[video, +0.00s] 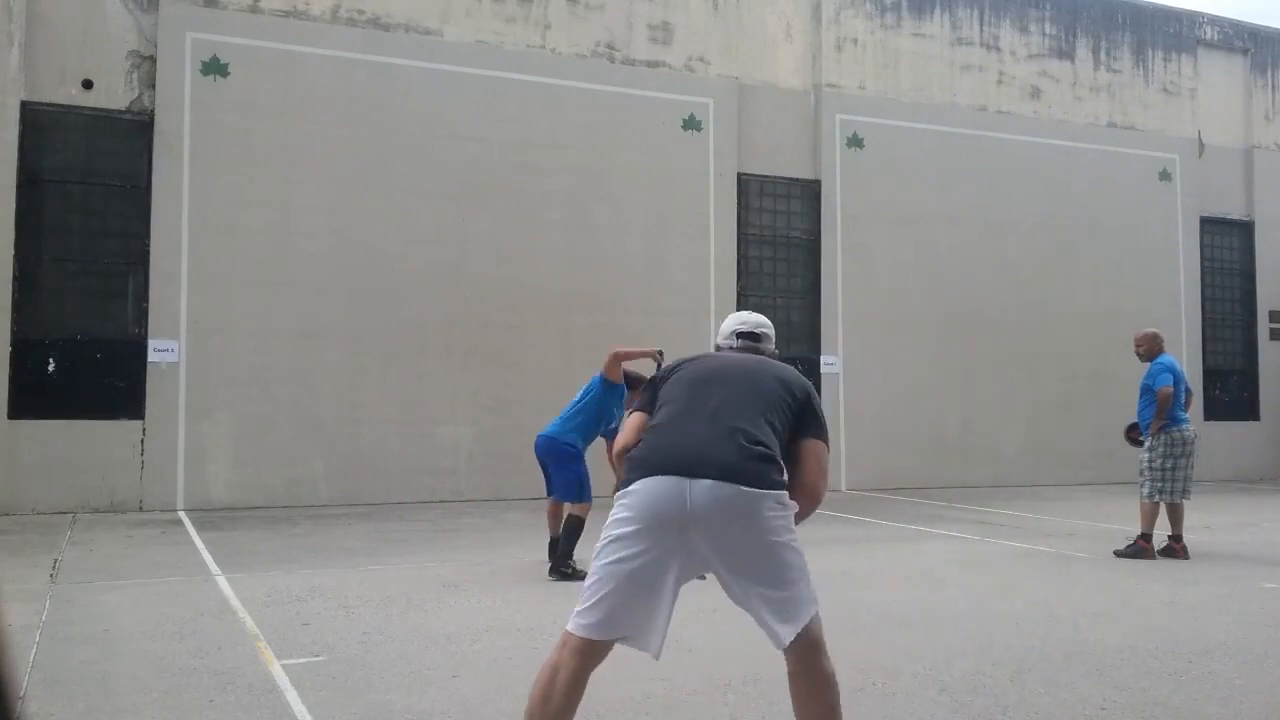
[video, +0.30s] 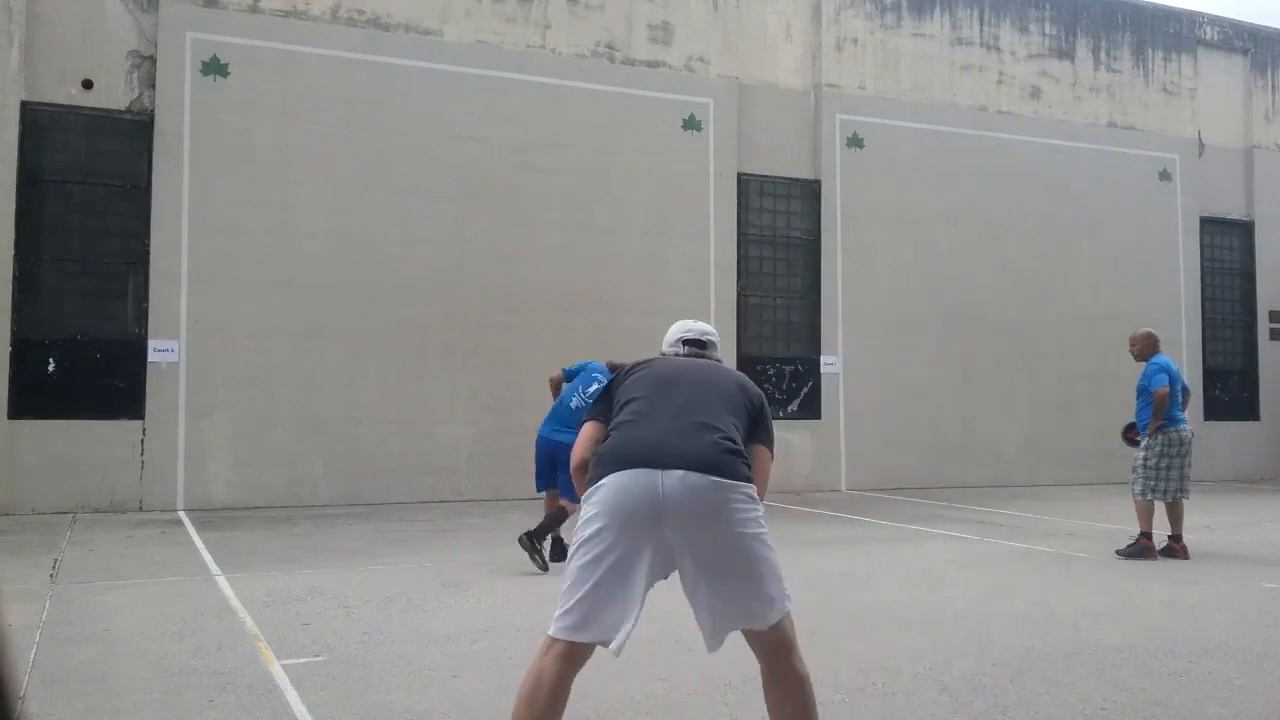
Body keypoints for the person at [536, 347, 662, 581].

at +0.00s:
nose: (638, 404)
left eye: (641, 399)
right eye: (641, 397)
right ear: (635, 389)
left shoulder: (613, 416)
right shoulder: (613, 385)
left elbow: (612, 451)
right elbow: (615, 356)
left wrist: (621, 478)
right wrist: (651, 352)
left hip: (546, 442)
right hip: (564, 446)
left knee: (556, 499)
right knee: (582, 504)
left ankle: (555, 552)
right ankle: (562, 563)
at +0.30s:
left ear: (613, 366)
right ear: (624, 379)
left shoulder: (593, 366)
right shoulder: (619, 392)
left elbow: (555, 378)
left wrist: (559, 404)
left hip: (545, 437)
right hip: (571, 444)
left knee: (551, 493)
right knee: (570, 502)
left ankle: (556, 543)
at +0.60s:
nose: (628, 355)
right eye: (628, 352)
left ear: (604, 344)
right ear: (625, 352)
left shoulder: (581, 359)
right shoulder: (626, 370)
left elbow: (557, 386)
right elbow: (629, 408)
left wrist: (546, 417)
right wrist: (623, 436)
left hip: (569, 440)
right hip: (601, 442)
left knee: (566, 494)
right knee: (601, 495)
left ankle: (560, 545)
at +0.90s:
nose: (648, 354)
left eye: (648, 350)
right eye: (644, 350)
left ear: (623, 350)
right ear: (630, 349)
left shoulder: (598, 368)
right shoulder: (639, 372)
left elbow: (580, 400)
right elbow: (644, 408)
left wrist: (583, 433)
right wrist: (639, 437)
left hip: (593, 443)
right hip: (624, 445)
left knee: (587, 495)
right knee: (641, 496)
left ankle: (570, 544)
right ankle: (638, 548)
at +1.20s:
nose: (647, 342)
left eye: (646, 337)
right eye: (644, 338)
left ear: (620, 337)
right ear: (634, 337)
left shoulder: (598, 361)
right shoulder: (644, 358)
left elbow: (590, 399)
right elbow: (652, 395)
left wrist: (606, 418)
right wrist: (650, 421)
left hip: (601, 433)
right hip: (634, 434)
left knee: (584, 487)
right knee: (649, 490)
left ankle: (564, 542)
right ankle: (639, 546)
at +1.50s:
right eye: (635, 371)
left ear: (610, 372)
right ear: (634, 374)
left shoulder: (595, 393)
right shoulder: (642, 392)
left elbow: (584, 433)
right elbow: (648, 429)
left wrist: (601, 451)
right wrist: (658, 451)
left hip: (593, 461)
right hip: (629, 462)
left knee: (565, 507)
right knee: (658, 496)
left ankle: (543, 556)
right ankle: (665, 549)